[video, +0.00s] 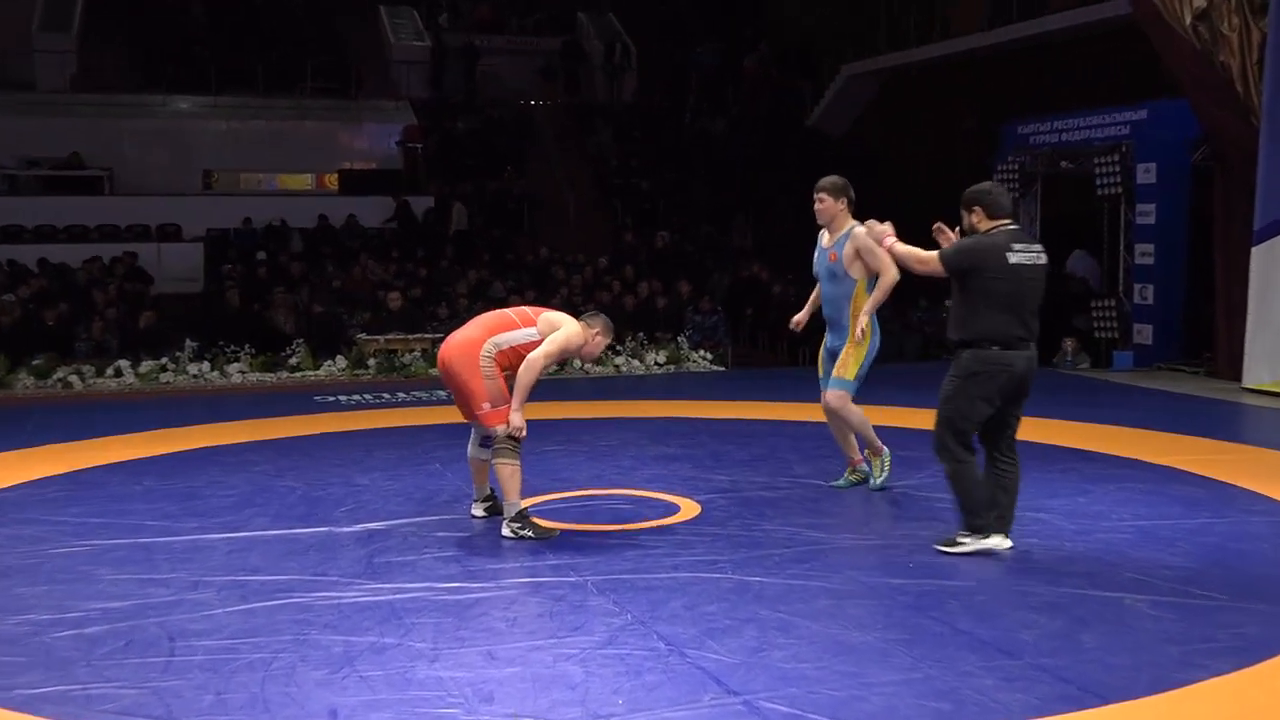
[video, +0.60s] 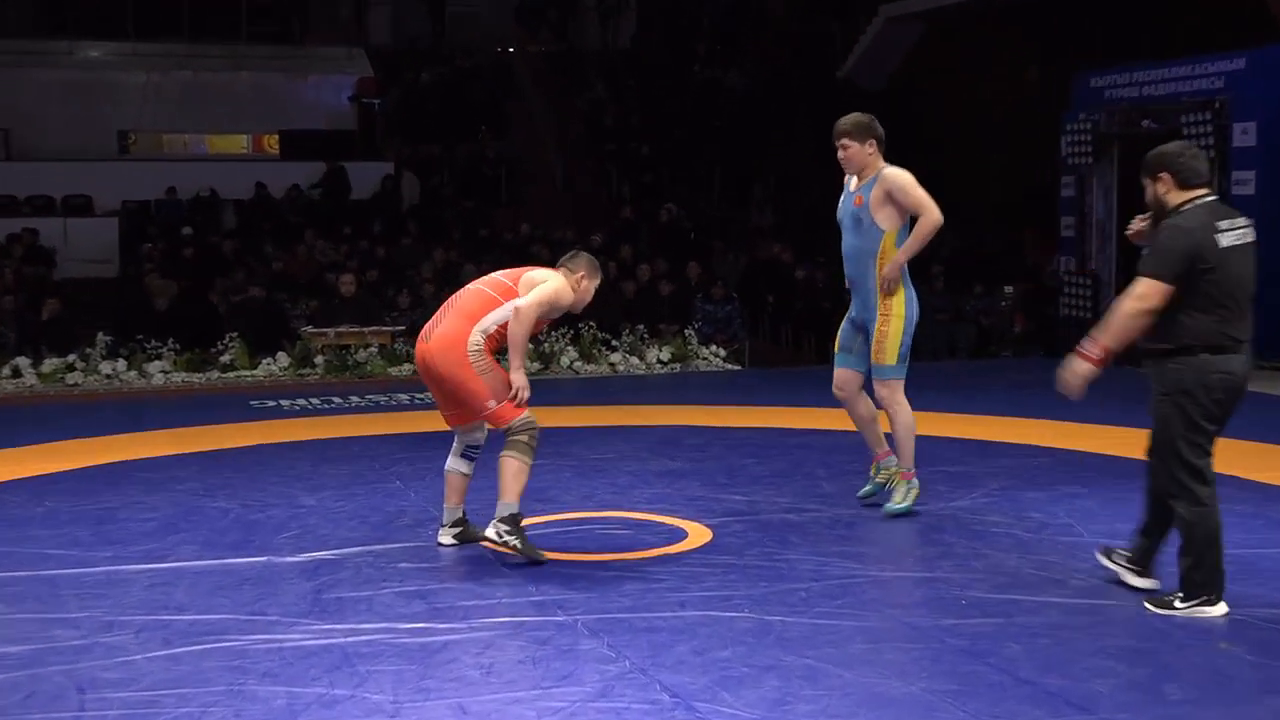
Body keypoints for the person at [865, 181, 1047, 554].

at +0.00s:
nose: (966, 223)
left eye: (967, 217)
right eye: (966, 217)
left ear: (980, 214)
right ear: (1006, 213)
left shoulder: (977, 248)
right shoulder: (1034, 249)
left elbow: (920, 262)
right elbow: (993, 268)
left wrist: (888, 241)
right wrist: (958, 248)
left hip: (981, 360)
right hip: (1021, 359)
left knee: (951, 438)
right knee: (1001, 442)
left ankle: (978, 529)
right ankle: (997, 530)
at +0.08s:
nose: (987, 220)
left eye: (988, 214)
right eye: (988, 213)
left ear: (1001, 212)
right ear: (1030, 211)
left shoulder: (998, 246)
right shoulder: (1056, 248)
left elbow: (940, 261)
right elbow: (1005, 267)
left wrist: (908, 239)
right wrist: (967, 245)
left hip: (1001, 362)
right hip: (1041, 361)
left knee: (981, 446)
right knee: (1017, 447)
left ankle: (1029, 528)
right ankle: (1003, 529)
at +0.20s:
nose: (1021, 216)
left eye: (1022, 210)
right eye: (1020, 210)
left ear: (1036, 209)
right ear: (1066, 208)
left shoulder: (1037, 247)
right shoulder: (1092, 247)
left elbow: (973, 263)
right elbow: (1033, 263)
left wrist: (939, 236)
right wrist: (992, 236)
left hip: (1037, 366)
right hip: (1074, 365)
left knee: (1030, 459)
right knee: (1039, 457)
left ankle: (1101, 534)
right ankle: (1018, 540)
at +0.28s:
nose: (1044, 216)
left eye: (1045, 210)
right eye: (1042, 210)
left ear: (1059, 208)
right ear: (1091, 207)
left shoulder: (1062, 249)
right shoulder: (1118, 248)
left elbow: (999, 266)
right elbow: (1061, 261)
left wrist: (961, 237)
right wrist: (1020, 236)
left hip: (1064, 373)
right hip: (1101, 370)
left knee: (1065, 464)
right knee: (1057, 459)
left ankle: (1133, 553)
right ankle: (1029, 544)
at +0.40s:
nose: (1081, 216)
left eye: (1082, 210)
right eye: (1080, 210)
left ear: (1096, 206)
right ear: (1128, 205)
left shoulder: (1105, 251)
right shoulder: (1160, 244)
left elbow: (1038, 276)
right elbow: (1115, 253)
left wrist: (995, 253)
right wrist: (1075, 241)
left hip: (1112, 376)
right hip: (1147, 374)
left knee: (1117, 474)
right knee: (1093, 464)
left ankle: (1167, 577)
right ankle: (1049, 547)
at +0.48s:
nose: (1110, 207)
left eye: (1110, 200)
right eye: (1109, 200)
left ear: (1125, 198)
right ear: (1157, 195)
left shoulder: (1135, 245)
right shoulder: (1189, 234)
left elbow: (1074, 285)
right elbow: (1147, 257)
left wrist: (1018, 281)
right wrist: (1108, 242)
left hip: (1143, 374)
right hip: (1181, 372)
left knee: (1146, 473)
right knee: (1121, 464)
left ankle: (1182, 584)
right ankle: (1074, 545)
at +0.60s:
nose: (1148, 194)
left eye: (1149, 187)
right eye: (1147, 188)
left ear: (1166, 182)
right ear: (1202, 180)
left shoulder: (1180, 232)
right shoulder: (1233, 219)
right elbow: (1202, 252)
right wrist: (1158, 235)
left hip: (1189, 371)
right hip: (1225, 366)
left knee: (1188, 476)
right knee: (1169, 463)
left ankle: (1203, 592)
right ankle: (1141, 558)